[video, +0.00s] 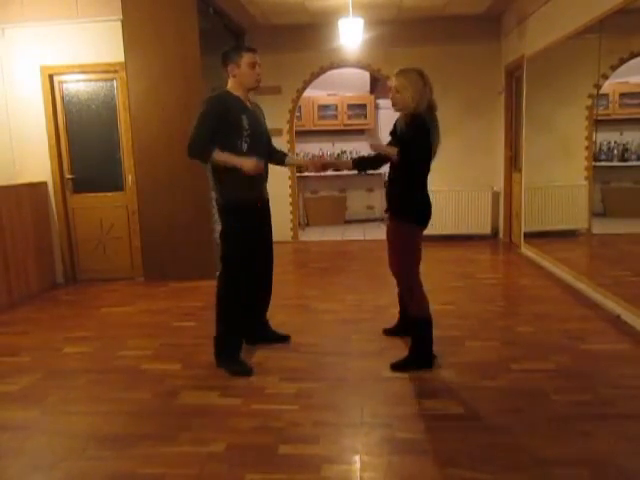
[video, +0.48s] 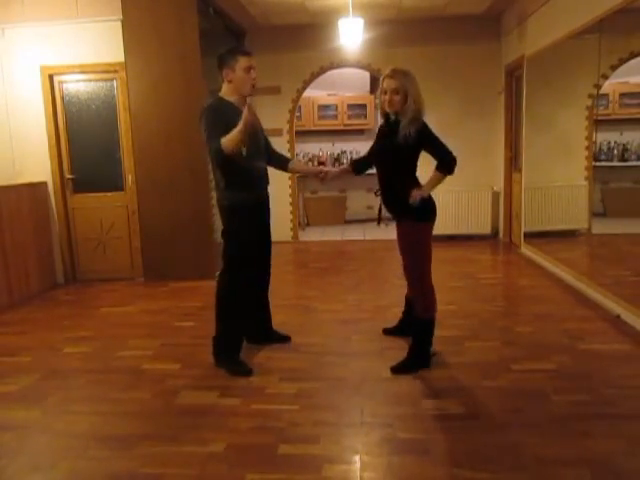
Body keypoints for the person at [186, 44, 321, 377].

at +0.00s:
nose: (259, 72)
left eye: (259, 66)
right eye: (253, 66)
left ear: (248, 71)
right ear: (232, 70)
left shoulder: (253, 109)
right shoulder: (218, 104)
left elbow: (265, 151)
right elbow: (197, 148)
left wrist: (300, 162)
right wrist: (239, 160)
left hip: (258, 201)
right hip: (234, 203)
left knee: (261, 265)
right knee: (236, 272)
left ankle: (256, 327)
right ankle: (227, 352)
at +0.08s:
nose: (260, 72)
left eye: (260, 66)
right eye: (254, 66)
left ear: (253, 71)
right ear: (233, 70)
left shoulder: (253, 110)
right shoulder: (219, 105)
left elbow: (269, 151)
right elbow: (197, 149)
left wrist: (302, 160)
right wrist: (242, 155)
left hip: (259, 202)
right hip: (236, 204)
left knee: (261, 266)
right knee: (236, 273)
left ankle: (257, 327)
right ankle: (227, 352)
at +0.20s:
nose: (261, 74)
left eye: (261, 68)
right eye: (255, 68)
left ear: (243, 72)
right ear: (235, 71)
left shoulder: (256, 111)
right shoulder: (219, 109)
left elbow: (272, 151)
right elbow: (211, 158)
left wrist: (307, 159)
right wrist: (257, 147)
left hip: (263, 201)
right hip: (237, 203)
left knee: (261, 268)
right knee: (235, 275)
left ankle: (257, 327)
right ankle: (227, 351)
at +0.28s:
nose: (260, 74)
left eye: (260, 68)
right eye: (254, 68)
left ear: (244, 73)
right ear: (234, 72)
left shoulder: (255, 113)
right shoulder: (218, 110)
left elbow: (274, 152)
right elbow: (219, 158)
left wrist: (310, 159)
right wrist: (259, 139)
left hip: (263, 201)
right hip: (238, 203)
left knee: (261, 269)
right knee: (235, 275)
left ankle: (258, 327)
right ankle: (227, 351)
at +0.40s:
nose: (257, 75)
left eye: (256, 69)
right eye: (250, 69)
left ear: (243, 75)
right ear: (230, 74)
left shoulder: (250, 112)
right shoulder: (216, 111)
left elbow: (273, 154)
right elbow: (221, 154)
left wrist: (310, 165)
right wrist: (248, 130)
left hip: (260, 200)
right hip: (238, 203)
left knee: (261, 267)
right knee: (236, 273)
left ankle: (259, 327)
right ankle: (226, 351)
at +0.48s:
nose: (255, 76)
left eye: (254, 70)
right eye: (248, 70)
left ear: (242, 76)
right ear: (228, 75)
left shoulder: (246, 112)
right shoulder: (215, 111)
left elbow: (270, 155)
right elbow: (220, 151)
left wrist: (309, 169)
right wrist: (243, 126)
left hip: (257, 200)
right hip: (236, 203)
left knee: (259, 266)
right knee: (236, 273)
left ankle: (259, 328)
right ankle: (226, 351)